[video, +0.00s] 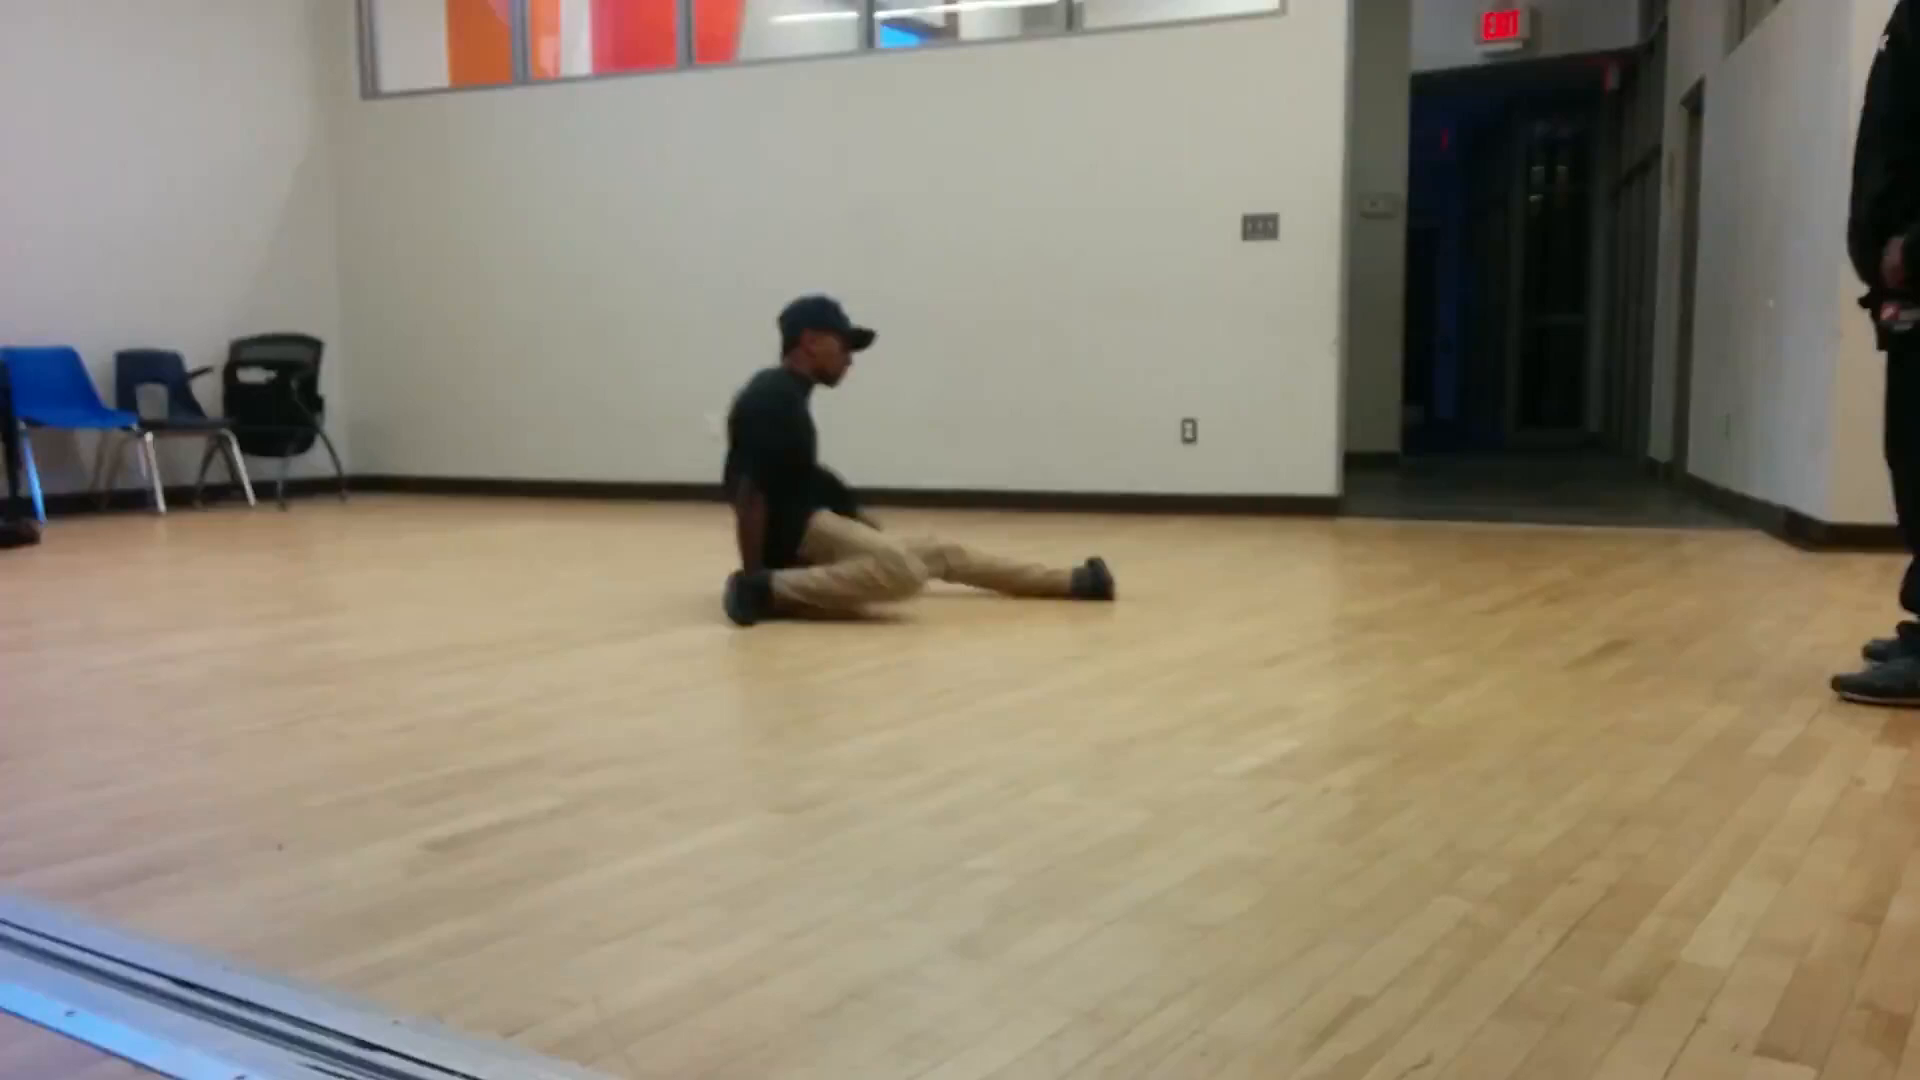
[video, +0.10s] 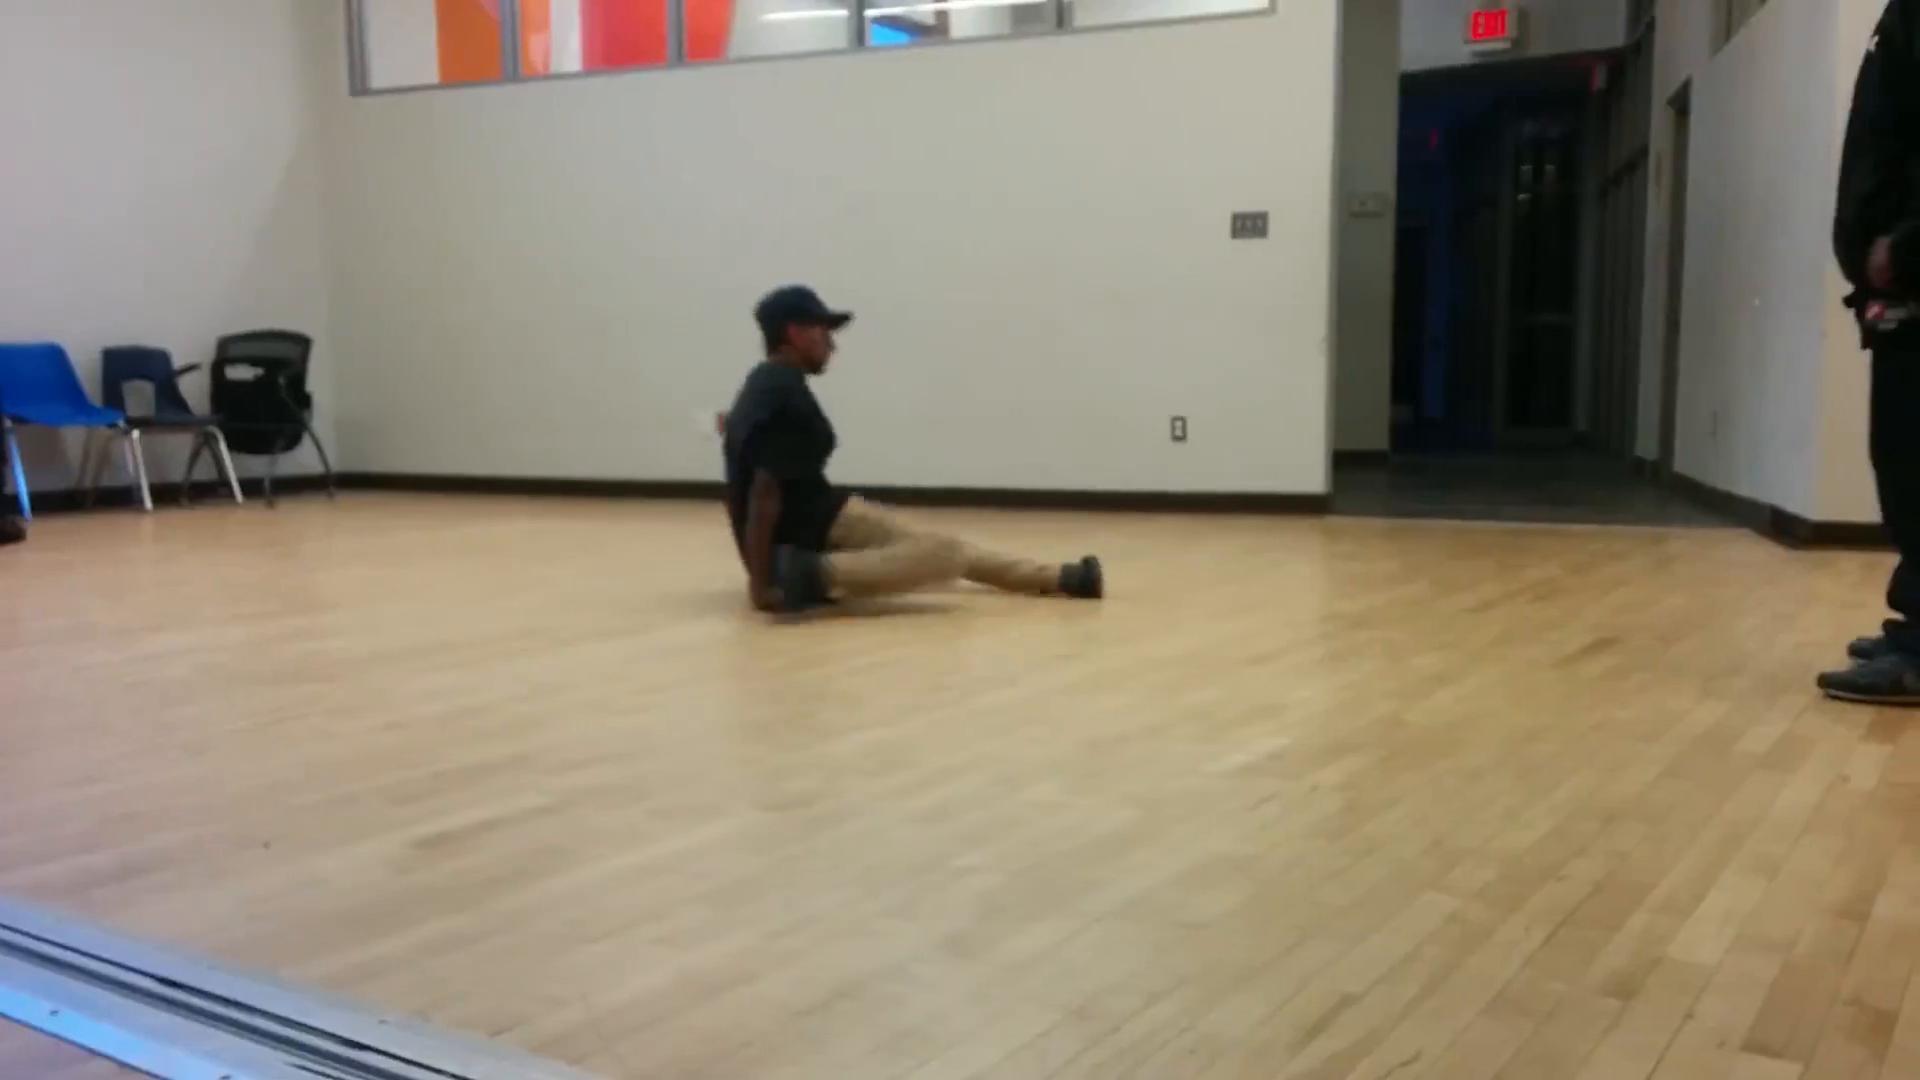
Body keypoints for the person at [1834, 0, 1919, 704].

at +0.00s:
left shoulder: (1904, 37)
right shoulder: (1900, 36)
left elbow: (1883, 148)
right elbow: (1879, 147)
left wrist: (1888, 259)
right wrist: (1881, 260)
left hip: (1913, 310)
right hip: (1906, 307)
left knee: (1912, 469)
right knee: (1910, 467)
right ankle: (1917, 626)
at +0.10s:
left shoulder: (1901, 32)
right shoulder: (1895, 30)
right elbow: (1868, 142)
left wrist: (1892, 253)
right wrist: (1864, 256)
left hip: (1910, 312)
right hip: (1897, 309)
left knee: (1908, 473)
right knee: (1903, 470)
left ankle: (1917, 643)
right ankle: (1910, 628)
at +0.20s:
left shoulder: (1897, 30)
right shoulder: (1885, 28)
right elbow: (1852, 138)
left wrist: (1885, 254)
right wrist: (1844, 253)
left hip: (1901, 310)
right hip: (1881, 306)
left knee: (1902, 476)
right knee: (1891, 473)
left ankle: (1913, 643)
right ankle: (1899, 626)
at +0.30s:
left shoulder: (1889, 30)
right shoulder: (1871, 30)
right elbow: (1840, 145)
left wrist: (1872, 257)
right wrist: (1830, 256)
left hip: (1896, 307)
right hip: (1870, 302)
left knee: (1891, 467)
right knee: (1876, 463)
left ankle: (1904, 644)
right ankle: (1887, 624)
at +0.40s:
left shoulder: (1882, 28)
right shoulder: (1861, 24)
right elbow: (1821, 145)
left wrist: (1856, 270)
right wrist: (1815, 262)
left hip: (1894, 305)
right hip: (1864, 303)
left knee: (1879, 468)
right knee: (1860, 466)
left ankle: (1891, 646)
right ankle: (1874, 631)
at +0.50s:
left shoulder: (1870, 28)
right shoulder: (1848, 28)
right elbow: (1808, 153)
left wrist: (1832, 275)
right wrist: (1801, 268)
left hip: (1882, 311)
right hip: (1861, 309)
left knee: (1857, 477)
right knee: (1858, 476)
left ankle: (1873, 653)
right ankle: (1871, 642)